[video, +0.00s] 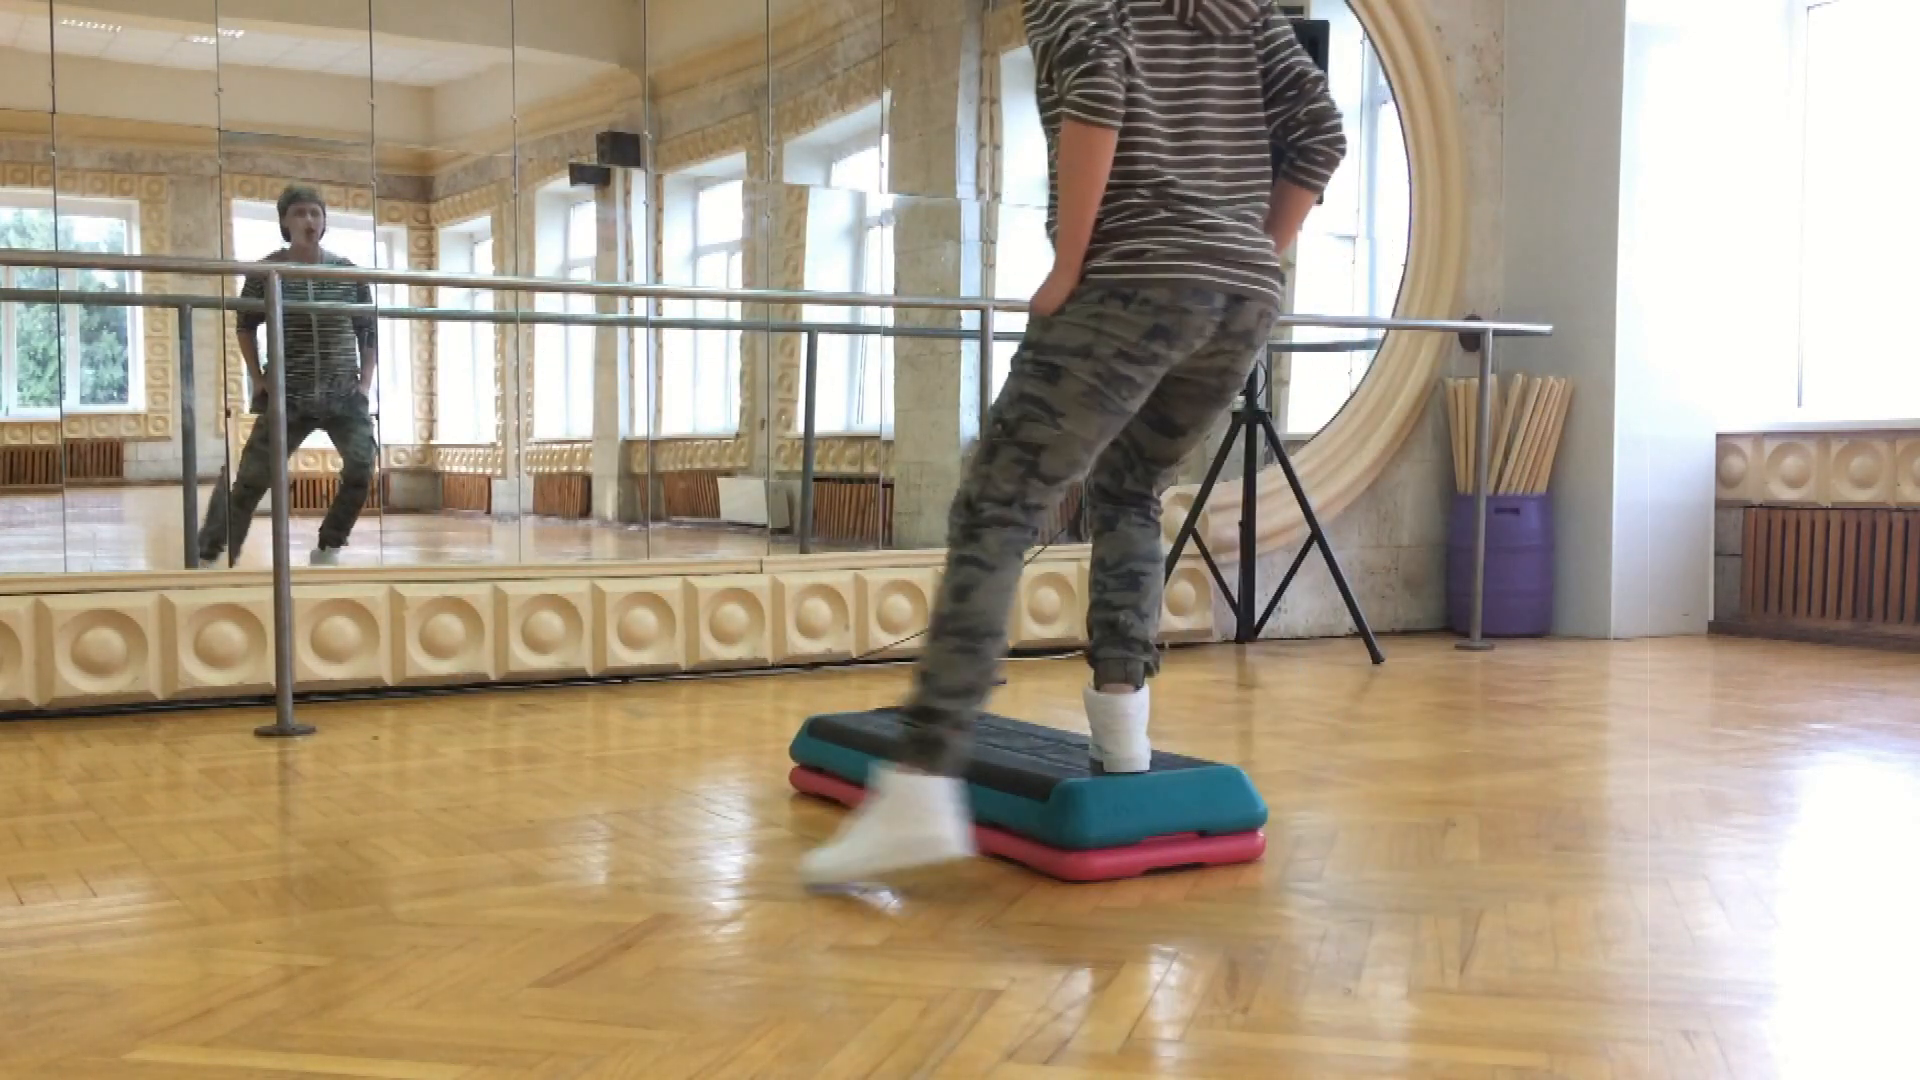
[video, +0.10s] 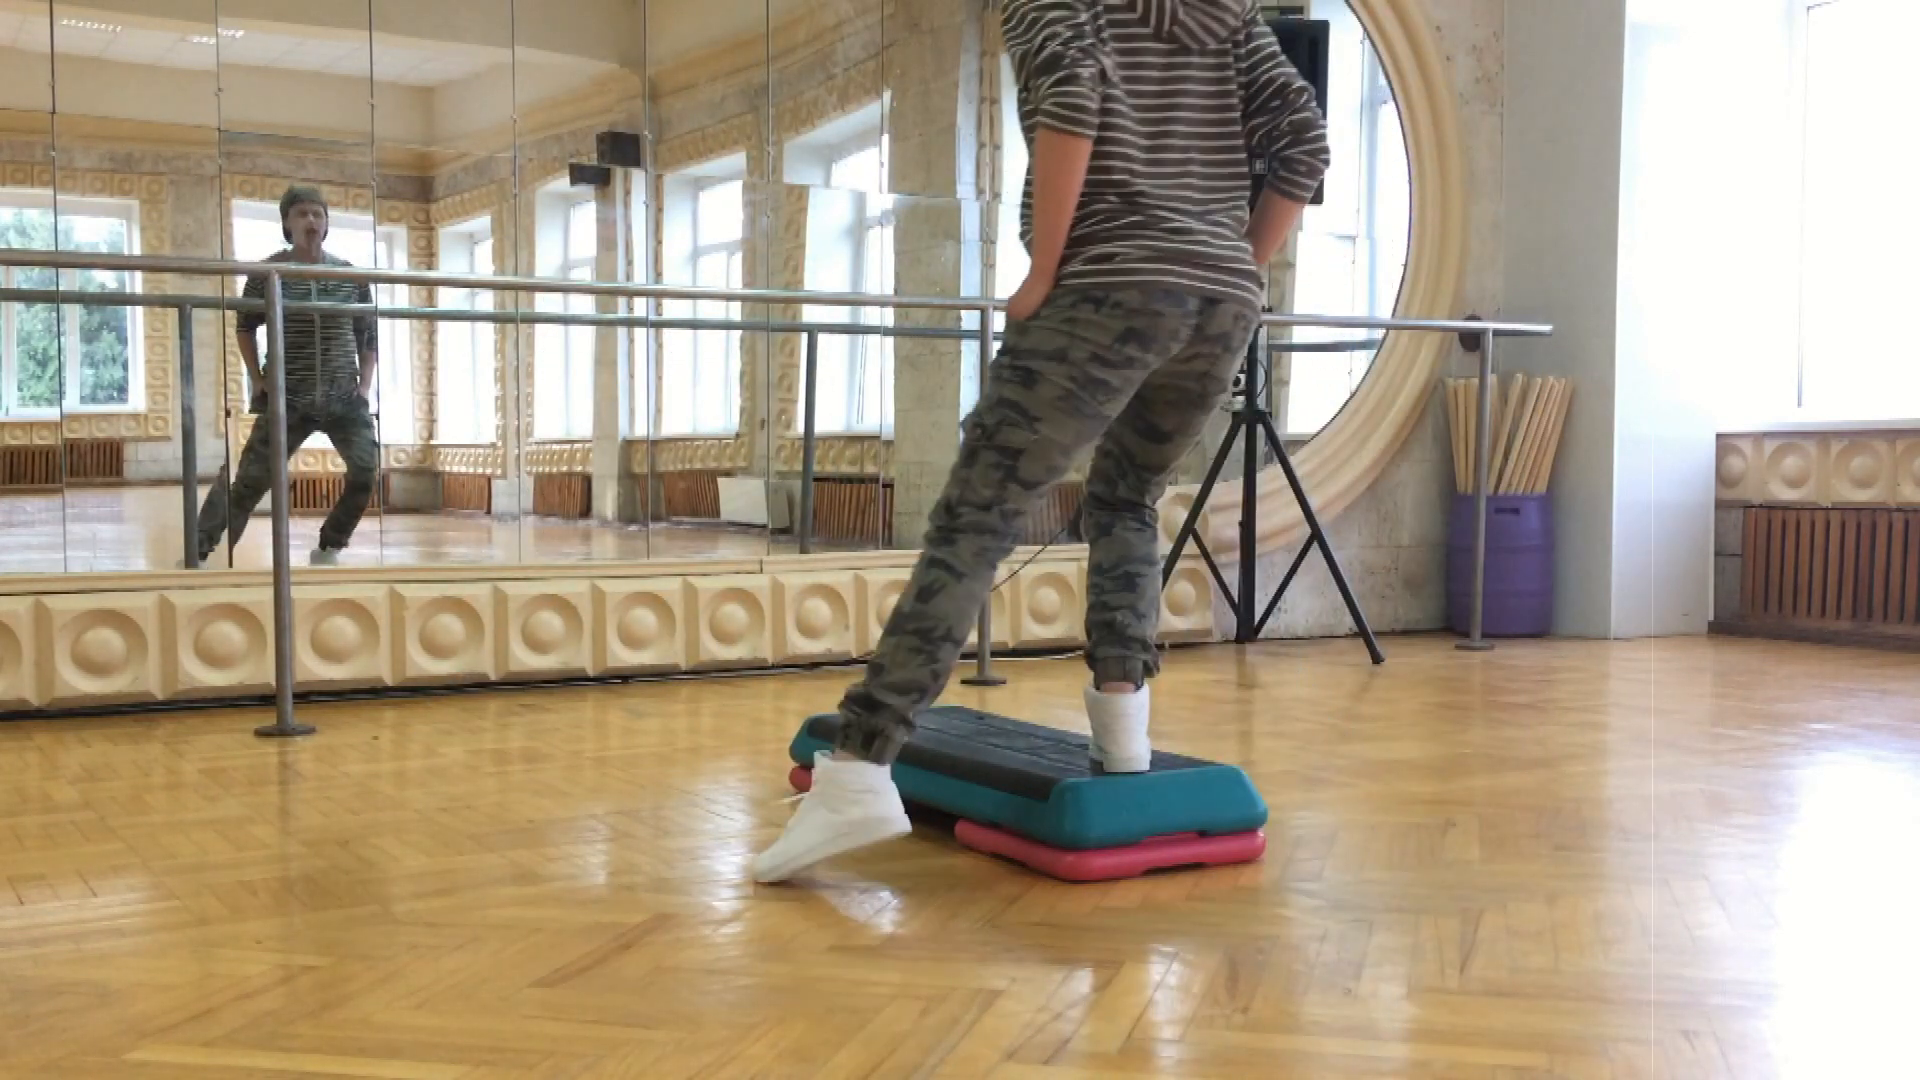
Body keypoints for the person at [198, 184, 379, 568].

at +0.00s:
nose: (310, 220)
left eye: (316, 214)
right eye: (300, 214)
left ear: (326, 222)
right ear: (284, 223)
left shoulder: (349, 273)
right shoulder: (266, 271)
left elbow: (369, 336)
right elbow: (244, 326)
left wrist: (363, 386)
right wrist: (257, 376)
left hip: (343, 394)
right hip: (289, 395)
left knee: (362, 467)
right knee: (253, 477)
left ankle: (329, 546)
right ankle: (210, 553)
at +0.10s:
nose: (312, 221)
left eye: (318, 214)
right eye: (302, 214)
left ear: (327, 223)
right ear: (286, 223)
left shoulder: (350, 275)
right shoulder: (268, 272)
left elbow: (368, 338)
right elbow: (245, 327)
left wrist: (363, 389)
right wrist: (257, 377)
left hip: (343, 398)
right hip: (288, 398)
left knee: (366, 471)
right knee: (252, 480)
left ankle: (329, 548)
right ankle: (198, 548)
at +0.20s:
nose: (316, 221)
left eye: (323, 215)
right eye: (307, 215)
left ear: (332, 225)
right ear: (290, 224)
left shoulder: (353, 279)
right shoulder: (271, 274)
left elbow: (367, 341)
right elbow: (244, 328)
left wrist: (360, 391)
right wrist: (255, 381)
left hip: (342, 401)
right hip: (287, 401)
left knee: (365, 475)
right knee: (253, 484)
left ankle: (328, 549)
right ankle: (205, 556)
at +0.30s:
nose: (325, 215)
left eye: (332, 210)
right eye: (316, 210)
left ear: (341, 222)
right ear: (299, 221)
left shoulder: (358, 274)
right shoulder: (278, 268)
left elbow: (371, 337)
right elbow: (250, 321)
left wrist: (362, 382)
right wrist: (259, 373)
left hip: (344, 397)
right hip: (289, 396)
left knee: (359, 472)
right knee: (253, 480)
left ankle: (328, 549)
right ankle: (200, 545)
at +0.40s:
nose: (331, 200)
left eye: (337, 194)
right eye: (321, 194)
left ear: (347, 204)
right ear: (305, 204)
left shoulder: (364, 258)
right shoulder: (287, 251)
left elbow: (373, 319)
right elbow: (256, 304)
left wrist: (365, 370)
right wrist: (265, 358)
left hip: (341, 381)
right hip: (289, 375)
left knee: (356, 469)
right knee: (249, 459)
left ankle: (328, 551)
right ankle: (181, 528)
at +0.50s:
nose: (333, 183)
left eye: (339, 177)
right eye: (323, 177)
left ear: (350, 187)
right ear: (307, 187)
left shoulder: (364, 240)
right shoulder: (292, 234)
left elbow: (370, 306)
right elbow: (258, 284)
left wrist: (357, 355)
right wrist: (275, 342)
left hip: (338, 367)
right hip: (286, 358)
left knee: (354, 461)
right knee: (248, 442)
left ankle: (327, 549)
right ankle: (158, 477)